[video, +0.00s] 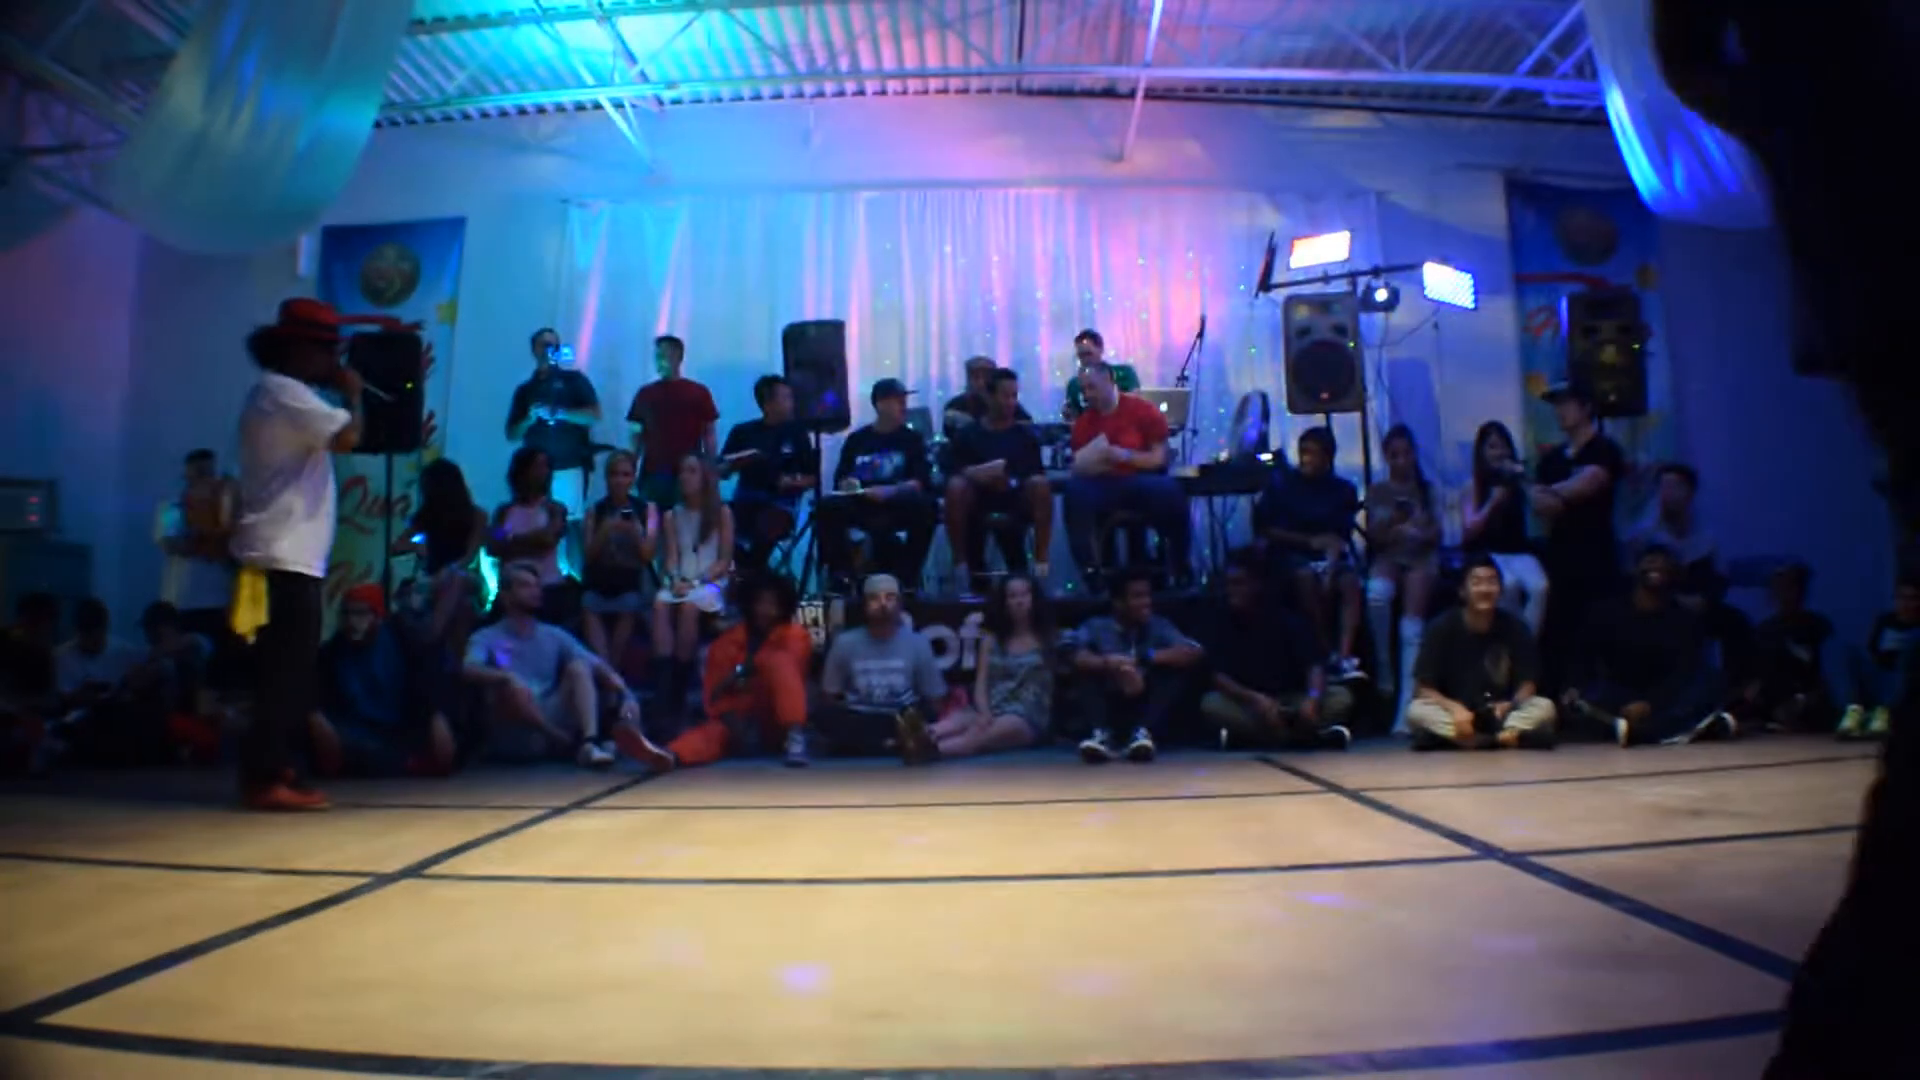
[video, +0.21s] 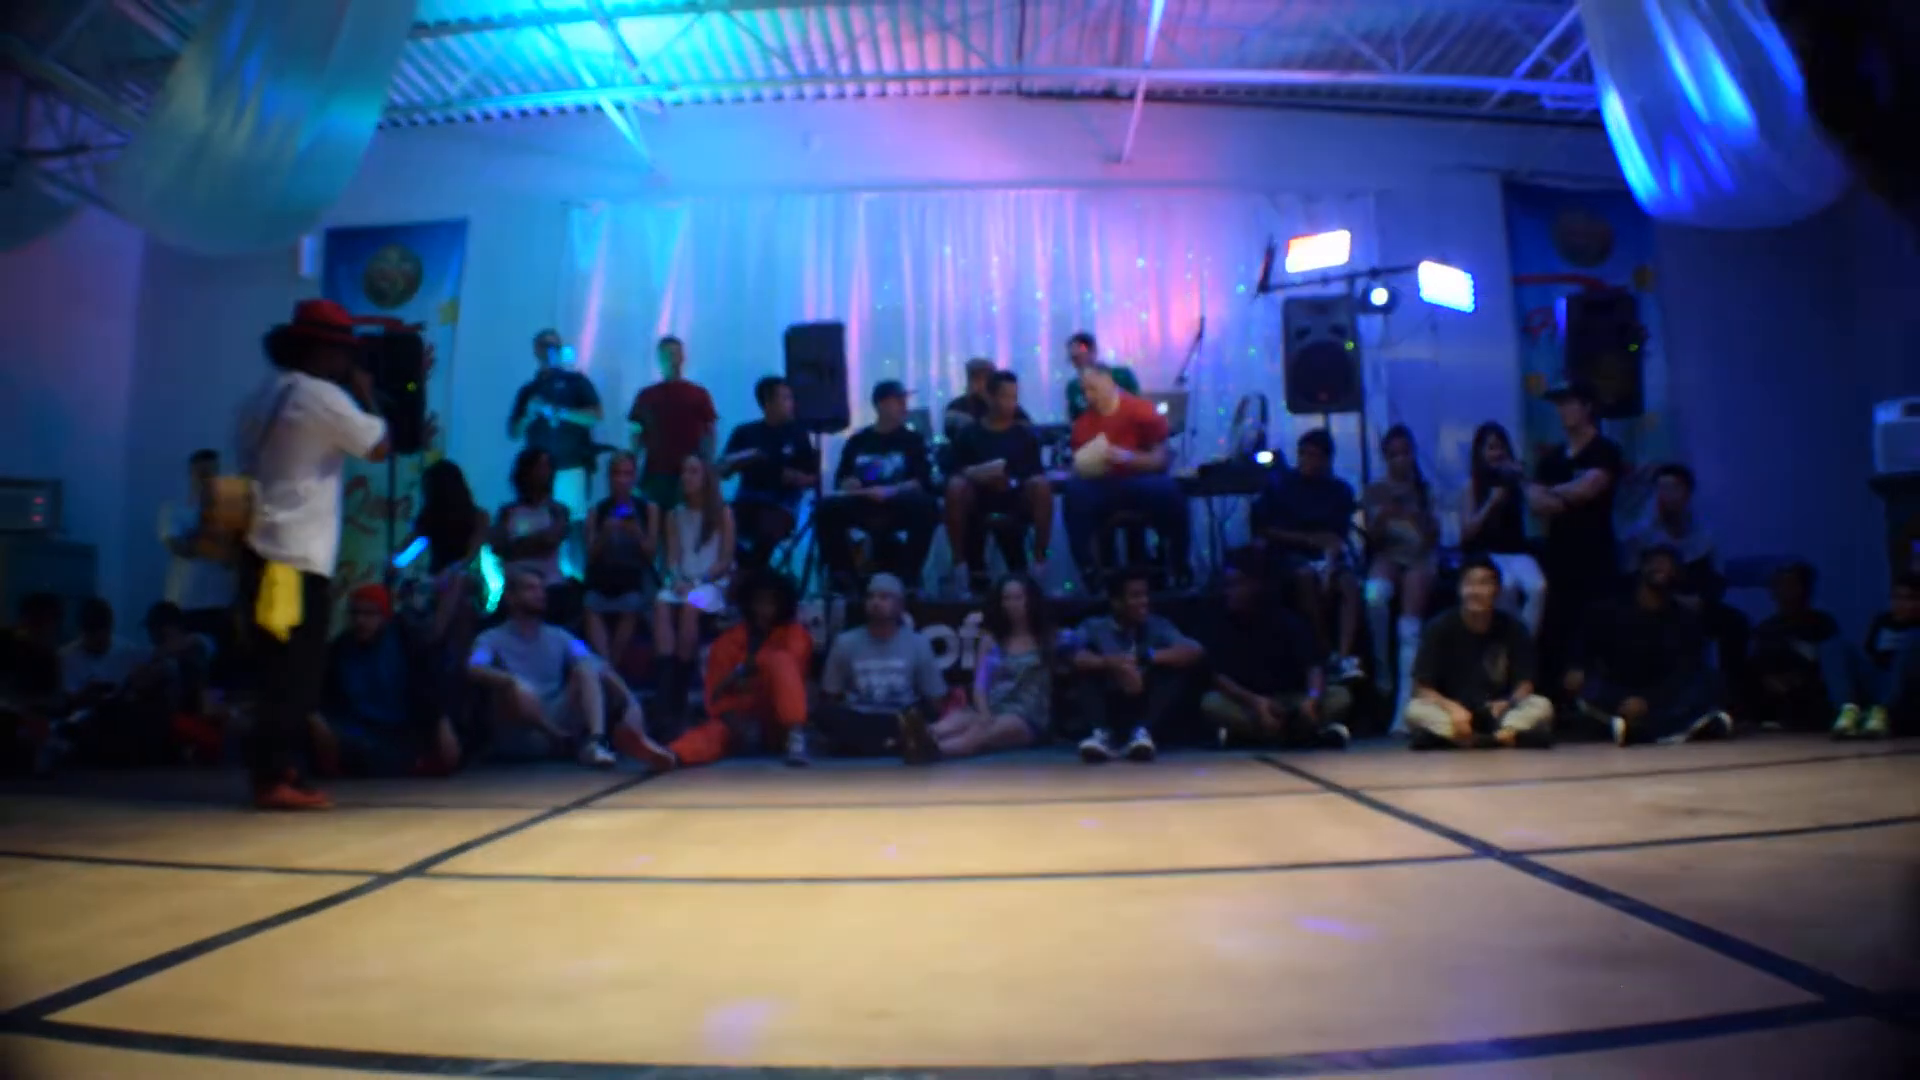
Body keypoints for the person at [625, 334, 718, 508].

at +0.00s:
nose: (661, 363)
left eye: (666, 356)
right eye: (658, 357)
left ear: (679, 357)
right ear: (655, 359)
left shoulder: (699, 393)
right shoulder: (646, 394)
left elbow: (709, 435)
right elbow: (636, 436)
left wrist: (710, 471)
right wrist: (629, 473)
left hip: (688, 476)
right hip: (653, 473)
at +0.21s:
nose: (670, 361)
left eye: (674, 355)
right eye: (665, 355)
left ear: (682, 358)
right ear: (659, 359)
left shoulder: (698, 395)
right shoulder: (646, 396)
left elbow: (709, 434)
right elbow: (635, 435)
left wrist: (705, 468)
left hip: (688, 474)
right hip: (655, 472)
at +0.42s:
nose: (675, 360)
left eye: (679, 355)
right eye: (669, 356)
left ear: (684, 357)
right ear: (659, 359)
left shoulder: (698, 393)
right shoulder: (643, 393)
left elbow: (711, 433)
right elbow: (632, 434)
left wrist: (695, 429)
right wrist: (629, 471)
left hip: (686, 475)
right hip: (652, 472)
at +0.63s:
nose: (676, 360)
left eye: (680, 354)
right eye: (669, 355)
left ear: (685, 357)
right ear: (659, 359)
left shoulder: (697, 391)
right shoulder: (643, 392)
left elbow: (711, 426)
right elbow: (632, 433)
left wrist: (690, 396)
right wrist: (630, 472)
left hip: (686, 476)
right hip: (652, 474)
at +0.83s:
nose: (676, 360)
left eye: (679, 354)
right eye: (669, 356)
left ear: (685, 356)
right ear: (659, 360)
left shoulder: (697, 390)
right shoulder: (643, 393)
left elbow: (711, 421)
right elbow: (632, 434)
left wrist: (689, 386)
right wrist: (629, 472)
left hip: (686, 475)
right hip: (652, 473)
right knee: (649, 532)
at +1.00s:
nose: (676, 359)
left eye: (679, 354)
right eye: (669, 355)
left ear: (684, 356)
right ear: (659, 359)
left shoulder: (697, 390)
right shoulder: (644, 393)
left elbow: (710, 421)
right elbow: (632, 434)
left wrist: (689, 387)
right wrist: (628, 473)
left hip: (687, 476)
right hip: (652, 474)